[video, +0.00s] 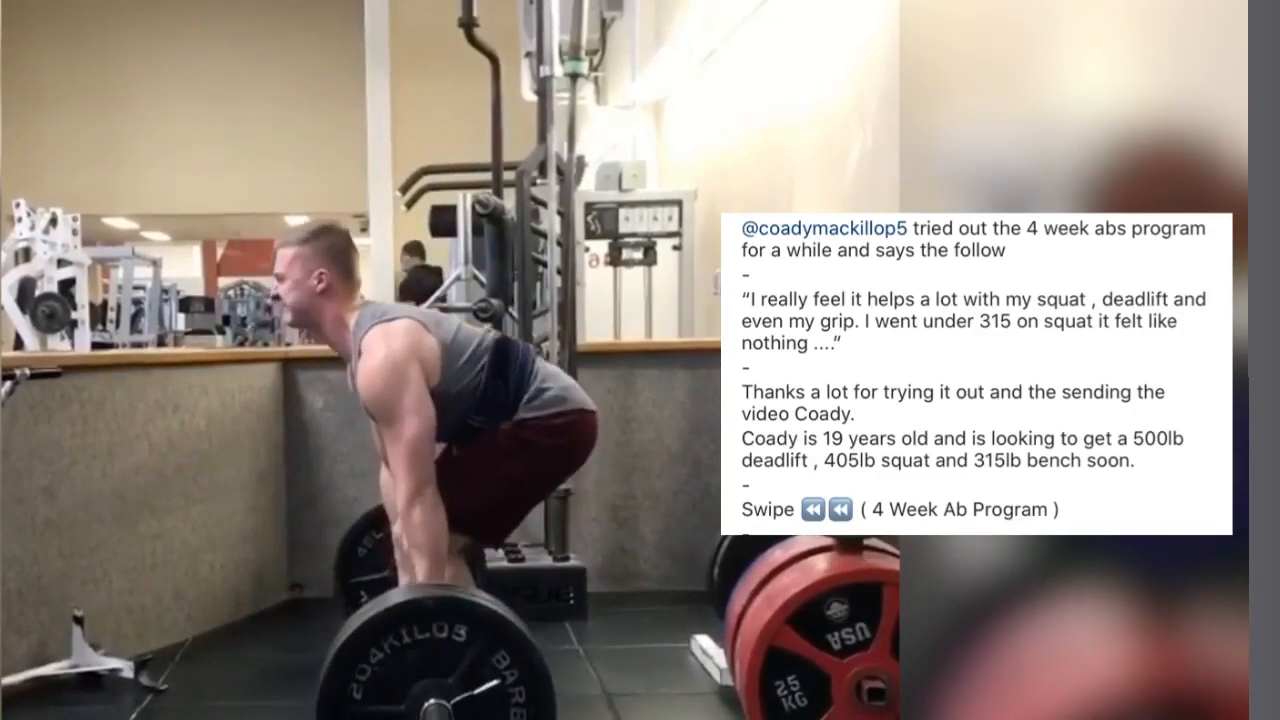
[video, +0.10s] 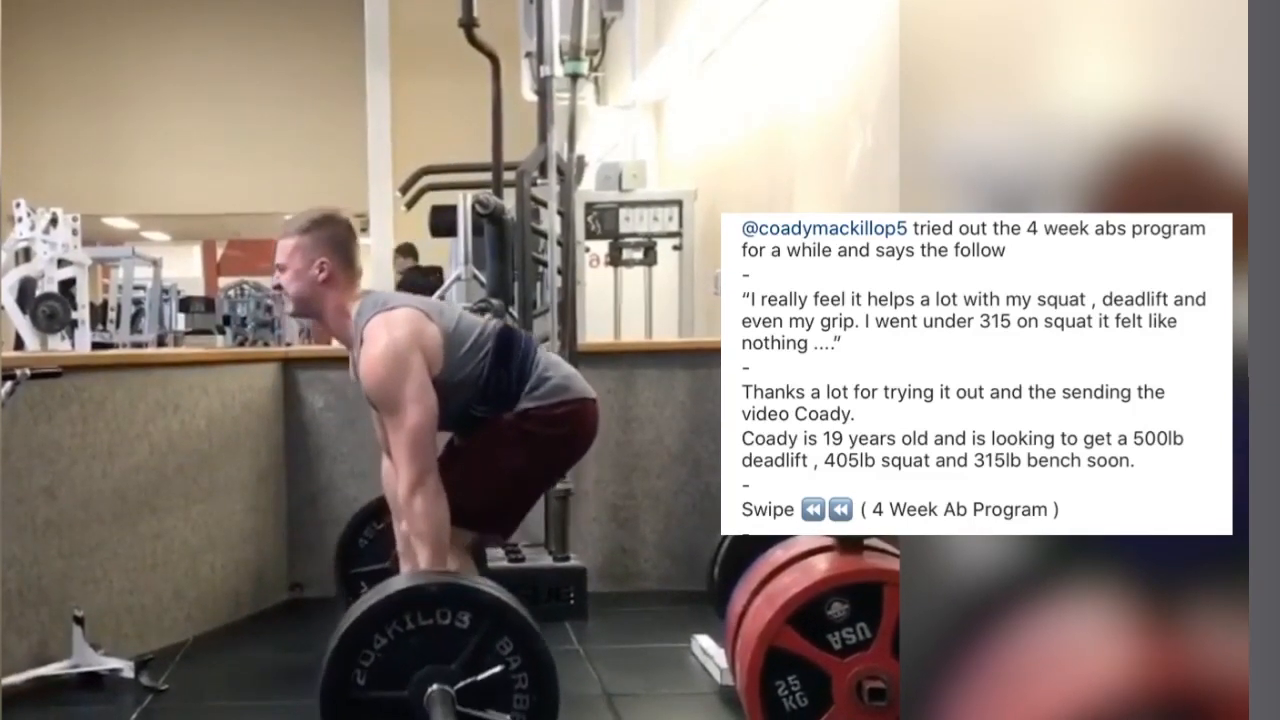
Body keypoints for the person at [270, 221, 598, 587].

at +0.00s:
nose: (273, 291)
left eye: (281, 279)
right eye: (275, 279)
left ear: (320, 281)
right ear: (318, 281)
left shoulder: (386, 356)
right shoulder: (367, 350)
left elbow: (418, 498)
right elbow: (392, 471)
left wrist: (432, 619)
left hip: (551, 417)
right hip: (523, 416)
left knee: (433, 537)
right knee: (416, 529)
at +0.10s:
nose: (275, 282)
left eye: (283, 270)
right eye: (276, 271)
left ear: (322, 270)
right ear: (320, 271)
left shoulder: (388, 345)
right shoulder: (367, 342)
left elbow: (421, 485)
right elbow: (393, 460)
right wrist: (412, 580)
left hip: (552, 406)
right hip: (523, 406)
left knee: (440, 532)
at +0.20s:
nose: (276, 267)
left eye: (283, 255)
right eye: (277, 256)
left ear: (322, 255)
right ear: (322, 256)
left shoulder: (387, 329)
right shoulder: (364, 327)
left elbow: (420, 467)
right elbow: (394, 446)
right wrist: (415, 569)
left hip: (550, 394)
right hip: (520, 396)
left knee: (445, 536)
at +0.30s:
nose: (276, 247)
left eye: (284, 235)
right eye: (277, 236)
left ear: (323, 236)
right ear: (322, 236)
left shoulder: (386, 312)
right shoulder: (367, 310)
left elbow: (421, 449)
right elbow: (395, 430)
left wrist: (439, 565)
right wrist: (415, 545)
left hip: (546, 384)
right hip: (517, 385)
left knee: (459, 524)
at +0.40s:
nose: (280, 227)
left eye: (288, 214)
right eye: (281, 215)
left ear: (325, 215)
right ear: (323, 215)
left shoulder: (387, 292)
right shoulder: (369, 291)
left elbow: (423, 428)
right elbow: (398, 415)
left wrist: (443, 540)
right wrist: (416, 523)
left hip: (542, 379)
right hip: (512, 382)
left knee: (469, 518)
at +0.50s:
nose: (287, 204)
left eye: (294, 190)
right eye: (288, 191)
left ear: (331, 191)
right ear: (329, 193)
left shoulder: (389, 270)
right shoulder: (371, 269)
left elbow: (424, 406)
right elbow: (401, 394)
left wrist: (448, 520)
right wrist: (417, 505)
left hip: (537, 372)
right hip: (509, 374)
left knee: (472, 513)